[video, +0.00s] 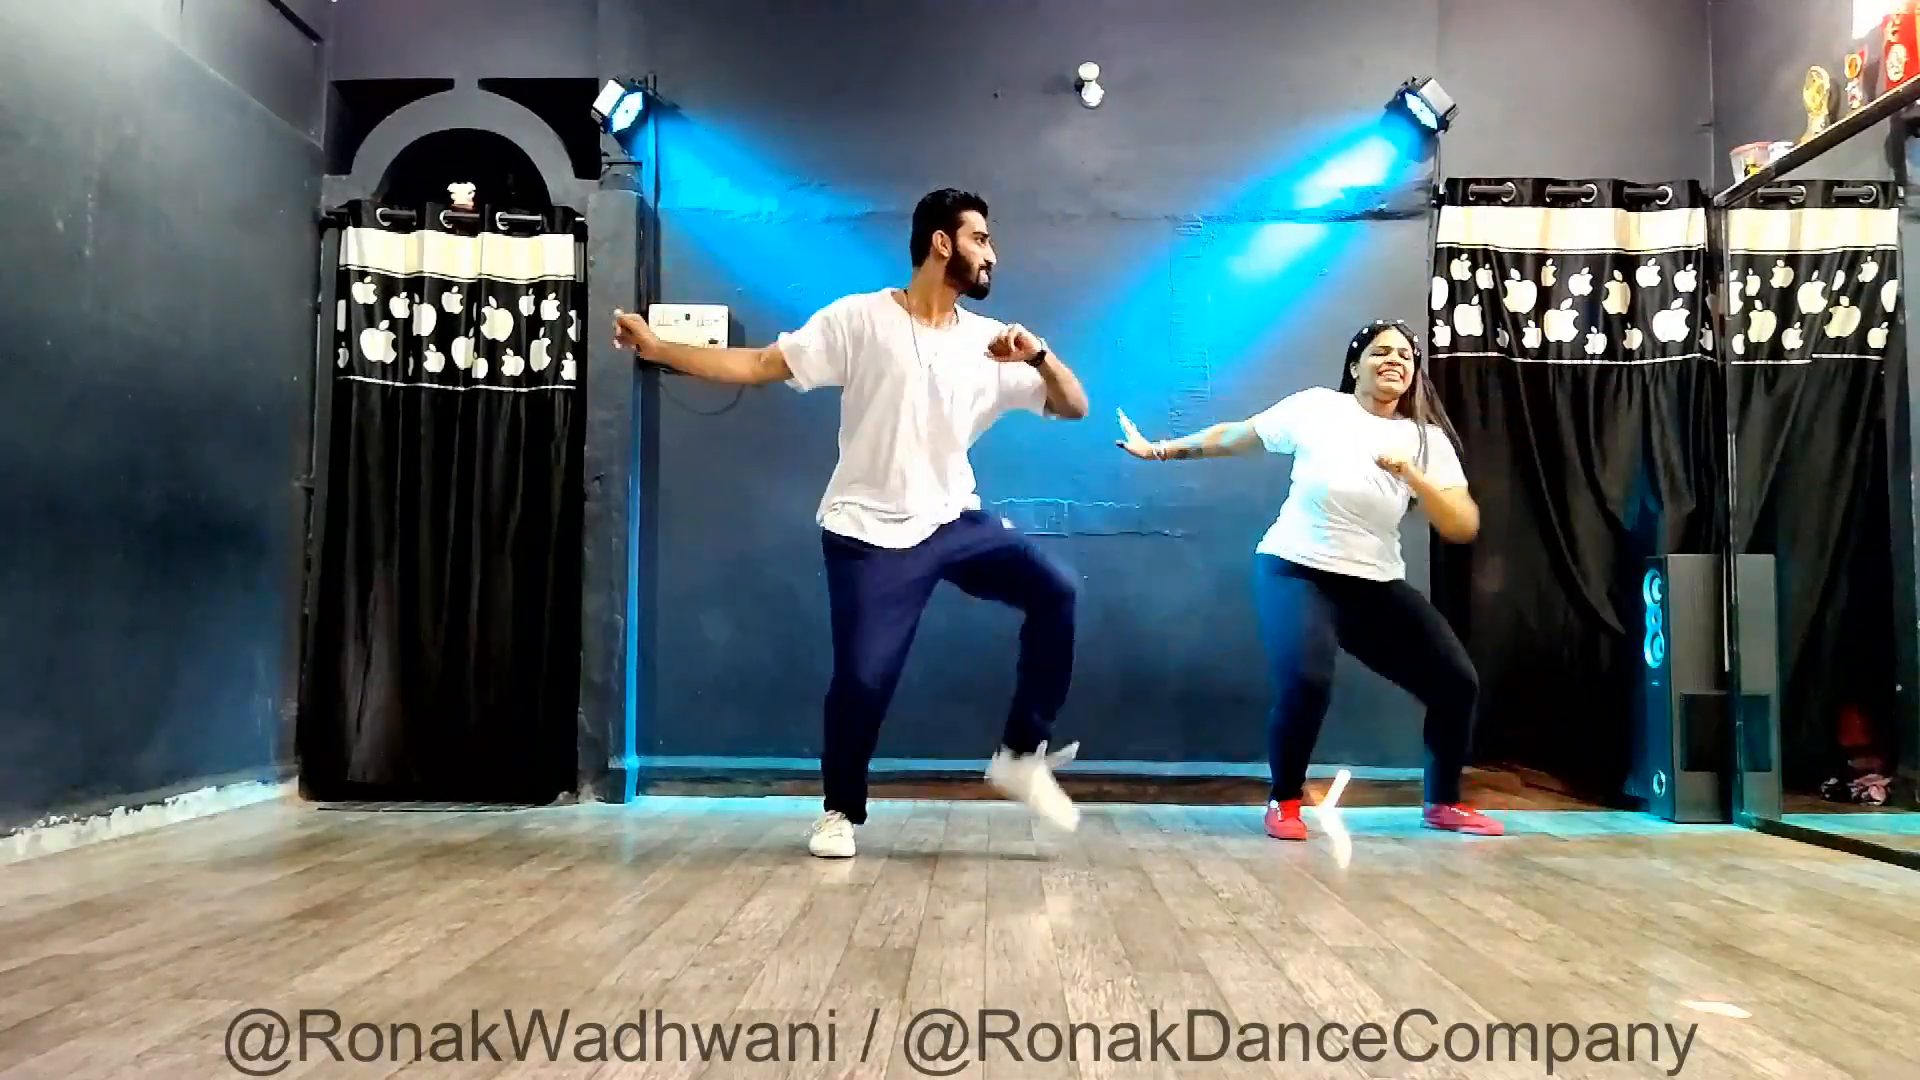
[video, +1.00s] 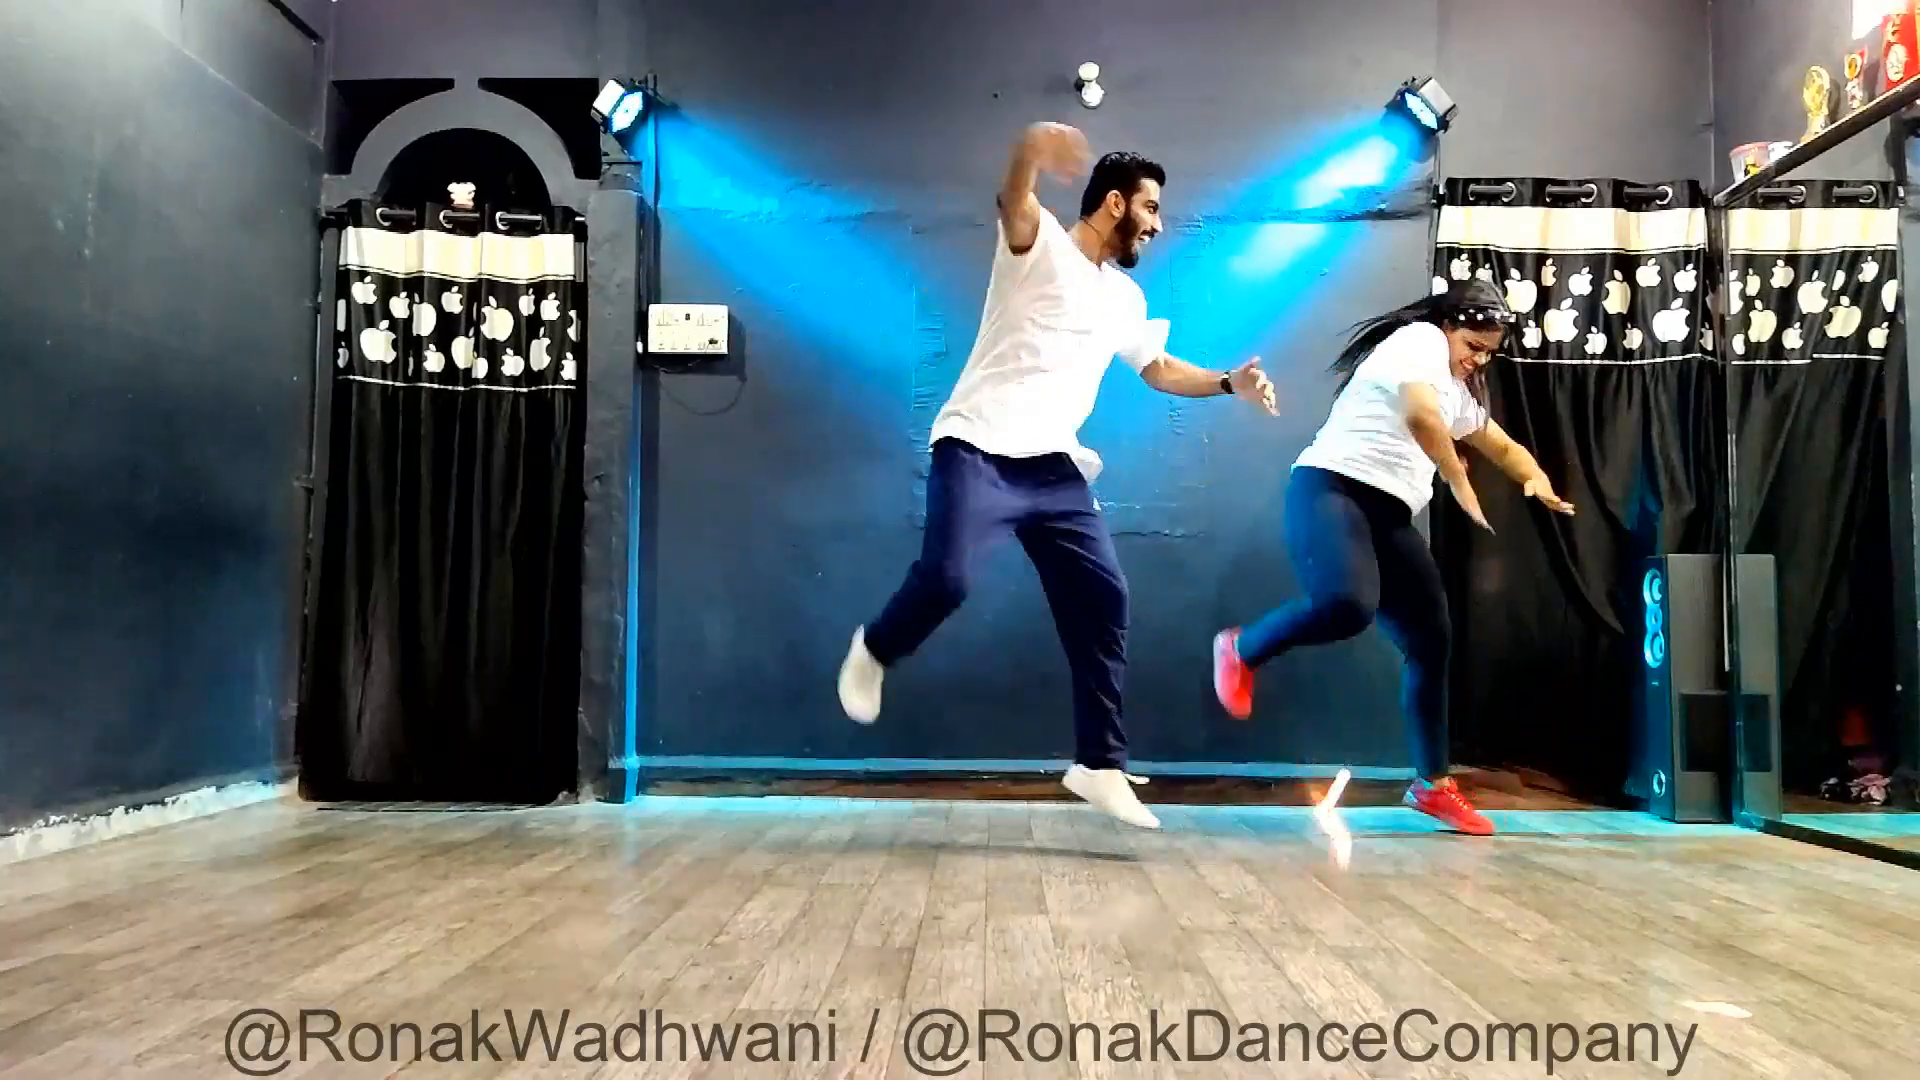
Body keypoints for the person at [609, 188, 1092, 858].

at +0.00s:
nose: (991, 251)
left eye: (990, 240)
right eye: (979, 237)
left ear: (955, 249)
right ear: (940, 244)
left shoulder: (989, 340)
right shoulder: (861, 317)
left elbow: (1072, 405)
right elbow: (758, 365)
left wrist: (1042, 357)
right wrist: (659, 350)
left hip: (955, 519)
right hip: (869, 524)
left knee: (1054, 591)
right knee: (864, 679)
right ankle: (841, 813)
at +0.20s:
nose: (1005, 184)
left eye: (1004, 172)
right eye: (994, 170)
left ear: (979, 182)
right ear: (953, 176)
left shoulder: (1018, 237)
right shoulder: (878, 226)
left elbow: (1107, 224)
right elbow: (778, 235)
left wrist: (1063, 253)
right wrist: (677, 250)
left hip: (996, 465)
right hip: (902, 473)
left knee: (1072, 567)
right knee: (875, 633)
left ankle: (1042, 732)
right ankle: (848, 791)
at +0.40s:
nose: (1038, 188)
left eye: (1037, 176)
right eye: (1028, 174)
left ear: (1008, 186)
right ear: (988, 181)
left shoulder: (1036, 268)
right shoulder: (913, 249)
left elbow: (1114, 350)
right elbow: (808, 278)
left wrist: (1079, 287)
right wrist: (712, 290)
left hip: (1016, 448)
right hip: (935, 464)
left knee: (1125, 476)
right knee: (926, 631)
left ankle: (1055, 613)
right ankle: (909, 793)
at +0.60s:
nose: (1074, 246)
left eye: (1073, 235)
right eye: (1063, 234)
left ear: (1039, 245)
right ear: (1026, 242)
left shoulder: (1081, 313)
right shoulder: (950, 296)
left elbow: (1170, 351)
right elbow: (858, 315)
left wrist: (1116, 365)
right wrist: (787, 324)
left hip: (1052, 509)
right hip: (969, 522)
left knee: (1158, 576)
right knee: (971, 686)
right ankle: (922, 810)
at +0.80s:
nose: (1116, 259)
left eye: (1118, 248)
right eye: (1108, 244)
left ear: (1092, 251)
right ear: (1068, 243)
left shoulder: (1112, 336)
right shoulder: (994, 316)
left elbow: (1152, 430)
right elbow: (927, 395)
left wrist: (1179, 360)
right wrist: (940, 321)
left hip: (1100, 536)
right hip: (1010, 531)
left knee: (1157, 668)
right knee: (991, 686)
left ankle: (1168, 820)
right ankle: (931, 811)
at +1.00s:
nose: (1157, 222)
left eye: (1160, 212)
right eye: (1149, 204)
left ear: (1140, 219)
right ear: (1107, 199)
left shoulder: (1126, 298)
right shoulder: (1039, 243)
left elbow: (1160, 370)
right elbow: (1017, 203)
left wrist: (1226, 381)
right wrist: (1029, 149)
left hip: (1054, 461)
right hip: (976, 443)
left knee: (1102, 600)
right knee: (949, 579)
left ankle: (1098, 765)